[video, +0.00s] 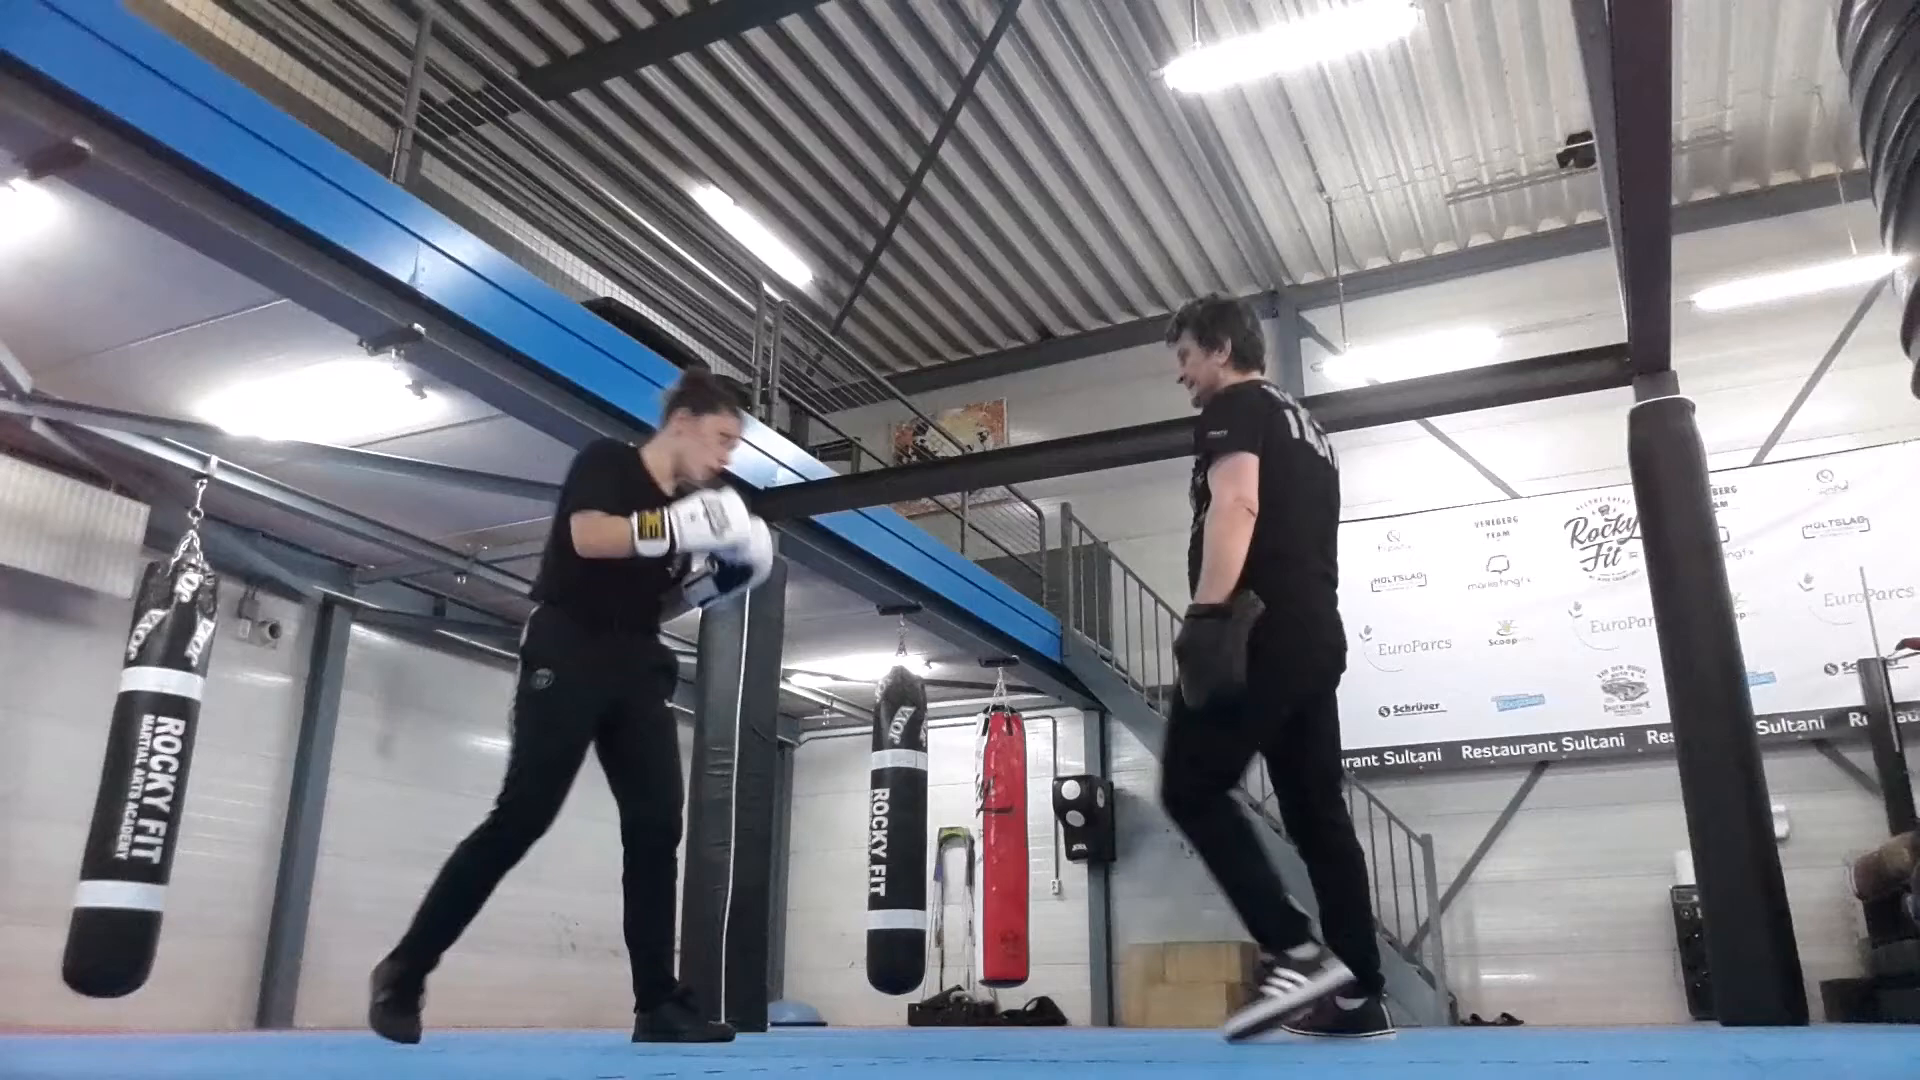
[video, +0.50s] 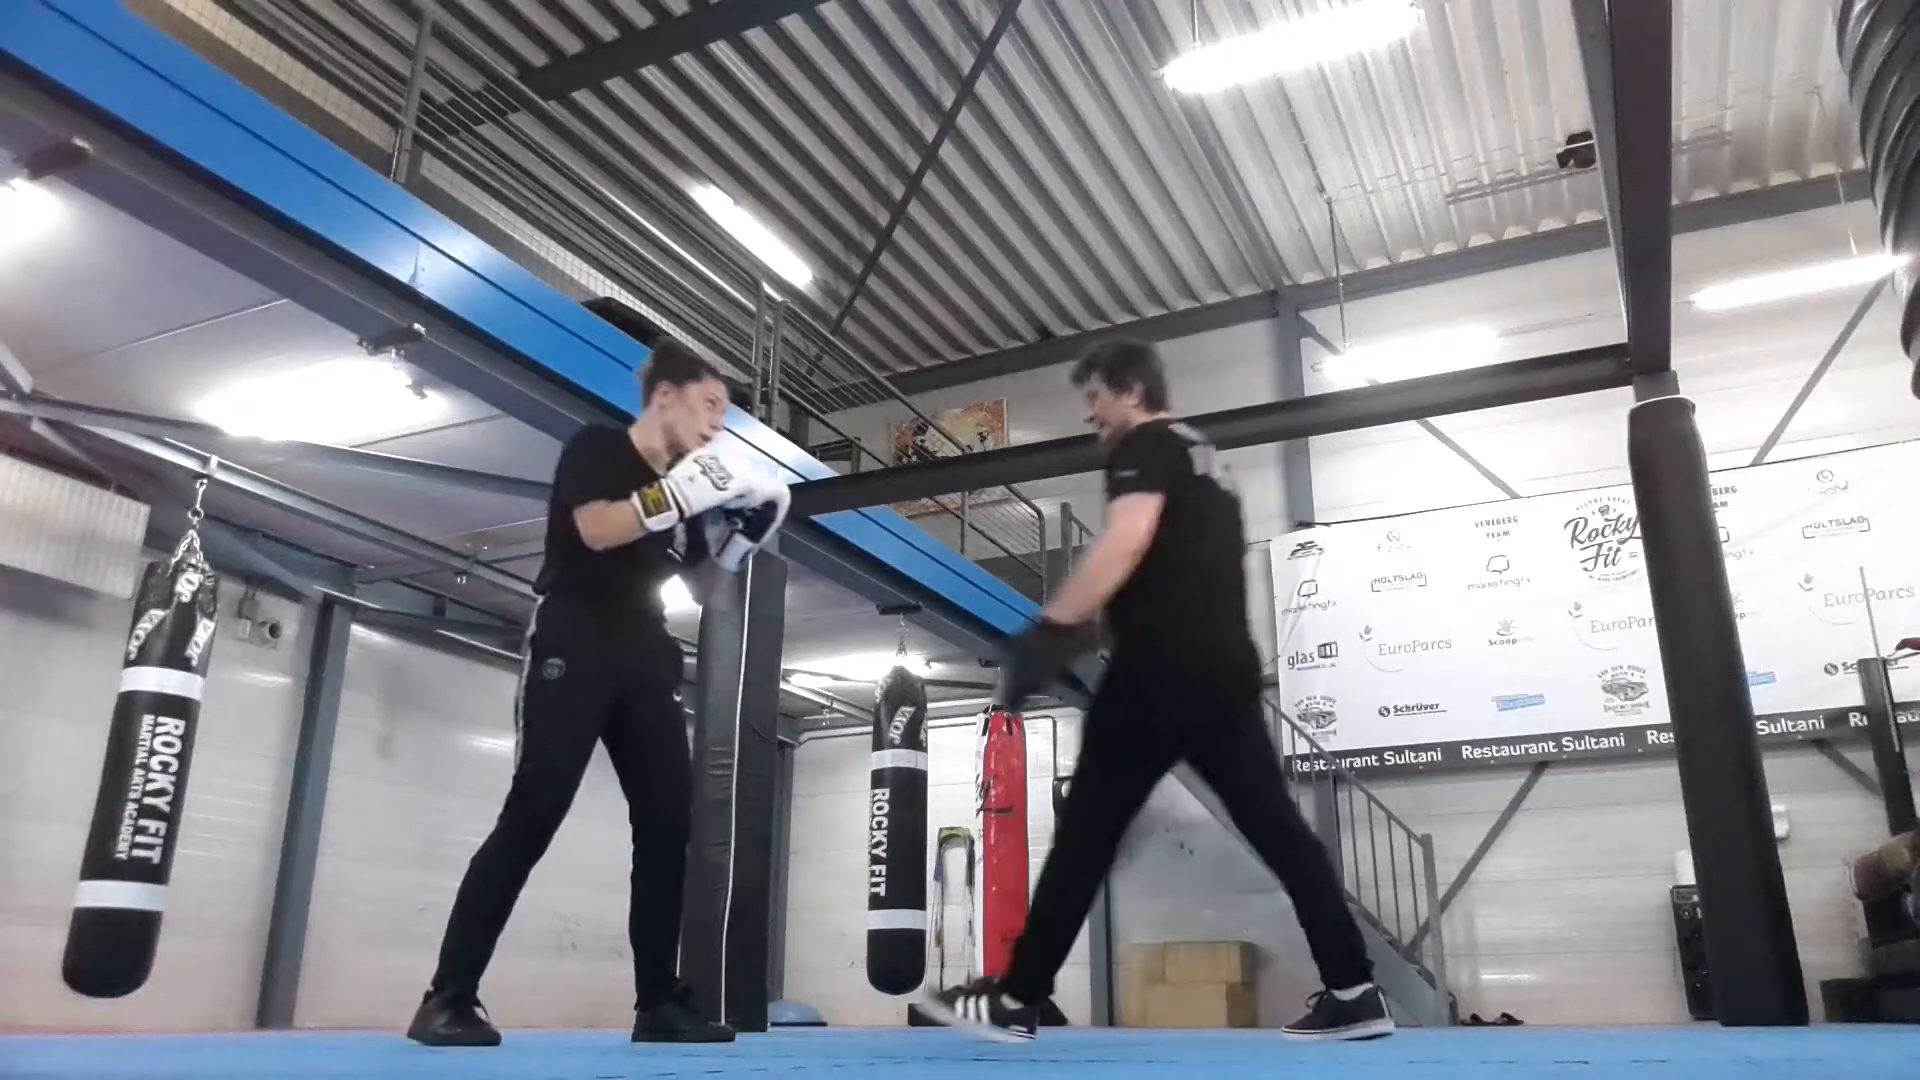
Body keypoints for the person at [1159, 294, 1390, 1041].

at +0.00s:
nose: (1180, 373)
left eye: (1186, 357)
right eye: (1178, 359)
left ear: (1221, 349)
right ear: (1243, 355)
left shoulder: (1237, 405)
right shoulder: (1300, 422)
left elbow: (1237, 505)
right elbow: (1311, 539)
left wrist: (1203, 617)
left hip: (1258, 631)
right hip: (1312, 633)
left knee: (1191, 791)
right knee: (1318, 815)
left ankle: (1294, 953)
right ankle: (1359, 998)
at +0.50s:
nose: (1088, 416)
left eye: (1093, 400)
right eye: (1086, 403)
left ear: (1129, 392)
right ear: (1147, 397)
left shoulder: (1145, 446)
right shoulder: (1205, 458)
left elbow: (1127, 539)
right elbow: (1184, 574)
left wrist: (1050, 627)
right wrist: (1094, 630)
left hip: (1154, 676)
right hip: (1221, 674)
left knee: (1086, 833)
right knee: (1281, 832)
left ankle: (1021, 991)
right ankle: (1353, 990)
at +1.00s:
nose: (963, 433)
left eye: (966, 417)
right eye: (958, 422)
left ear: (1003, 403)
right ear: (1020, 407)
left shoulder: (1016, 457)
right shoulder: (1070, 468)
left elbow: (936, 523)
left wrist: (837, 562)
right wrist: (948, 517)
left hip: (1027, 680)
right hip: (1086, 680)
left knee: (1000, 836)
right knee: (1091, 835)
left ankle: (1003, 998)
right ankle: (1116, 989)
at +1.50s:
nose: (888, 468)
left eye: (897, 452)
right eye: (883, 456)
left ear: (935, 445)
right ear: (931, 453)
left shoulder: (962, 494)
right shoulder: (959, 511)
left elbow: (911, 556)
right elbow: (911, 587)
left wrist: (819, 595)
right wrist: (852, 606)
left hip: (966, 697)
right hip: (994, 698)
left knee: (890, 830)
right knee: (1012, 855)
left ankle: (829, 991)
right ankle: (1075, 1000)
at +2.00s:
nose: (799, 424)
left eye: (809, 408)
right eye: (795, 413)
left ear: (852, 406)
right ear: (813, 415)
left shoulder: (875, 463)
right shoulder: (851, 482)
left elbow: (835, 527)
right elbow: (853, 591)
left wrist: (742, 561)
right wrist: (800, 659)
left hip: (866, 683)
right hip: (856, 684)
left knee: (801, 816)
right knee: (824, 830)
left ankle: (804, 994)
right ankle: (879, 990)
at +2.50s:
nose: (706, 403)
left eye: (720, 389)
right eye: (700, 391)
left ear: (765, 393)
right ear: (702, 395)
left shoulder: (775, 462)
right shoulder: (748, 473)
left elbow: (716, 533)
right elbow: (734, 600)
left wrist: (609, 568)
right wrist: (667, 653)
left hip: (738, 688)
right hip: (741, 688)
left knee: (648, 806)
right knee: (764, 845)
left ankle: (642, 998)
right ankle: (860, 982)